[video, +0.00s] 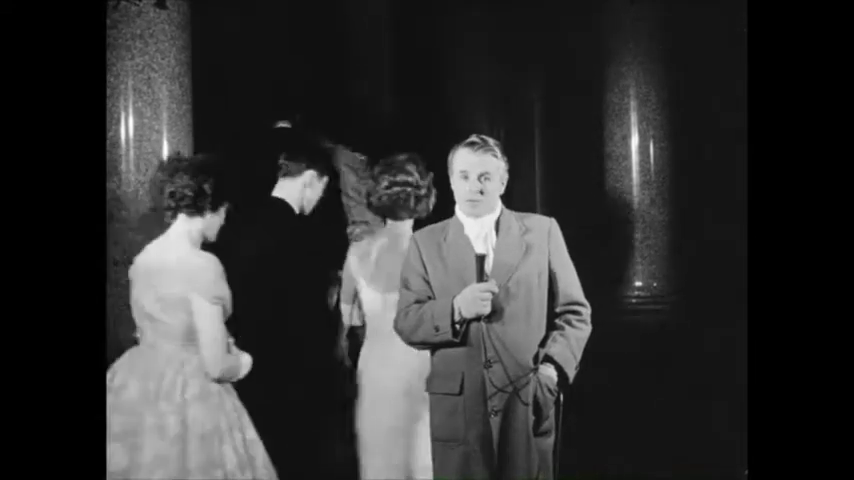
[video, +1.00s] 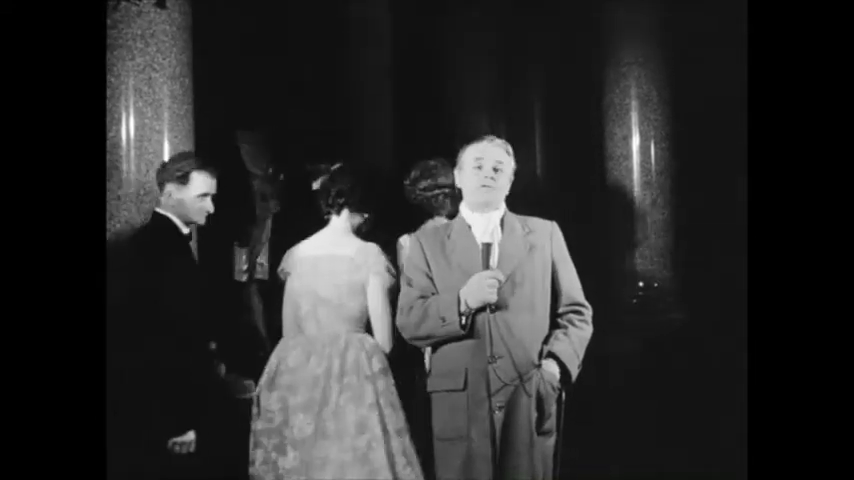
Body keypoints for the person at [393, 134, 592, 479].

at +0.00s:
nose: (474, 187)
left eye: (484, 177)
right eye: (464, 177)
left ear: (503, 182)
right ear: (451, 182)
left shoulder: (542, 232)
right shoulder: (424, 242)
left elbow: (574, 311)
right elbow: (408, 320)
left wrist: (552, 367)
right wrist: (455, 309)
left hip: (526, 399)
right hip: (456, 400)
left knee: (527, 475)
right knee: (458, 475)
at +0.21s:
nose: (474, 187)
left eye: (485, 177)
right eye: (464, 177)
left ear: (503, 182)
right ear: (451, 182)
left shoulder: (542, 232)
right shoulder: (424, 244)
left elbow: (574, 311)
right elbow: (407, 321)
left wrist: (553, 366)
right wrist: (455, 309)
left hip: (526, 400)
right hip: (456, 401)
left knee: (528, 475)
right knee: (457, 474)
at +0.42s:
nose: (478, 184)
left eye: (488, 175)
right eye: (468, 174)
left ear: (506, 182)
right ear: (452, 180)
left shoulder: (542, 233)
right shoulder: (424, 244)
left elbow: (574, 312)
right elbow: (408, 322)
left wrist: (554, 366)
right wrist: (455, 306)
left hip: (526, 399)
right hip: (456, 401)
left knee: (528, 475)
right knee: (457, 475)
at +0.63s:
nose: (480, 174)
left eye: (491, 168)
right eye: (471, 165)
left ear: (508, 181)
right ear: (454, 175)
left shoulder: (542, 233)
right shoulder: (423, 242)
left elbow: (574, 311)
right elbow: (408, 321)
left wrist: (552, 363)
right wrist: (456, 299)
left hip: (527, 396)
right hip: (456, 397)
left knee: (527, 474)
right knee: (457, 474)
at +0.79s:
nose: (481, 174)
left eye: (493, 169)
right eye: (473, 165)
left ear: (509, 183)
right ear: (455, 176)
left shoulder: (543, 234)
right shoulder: (423, 244)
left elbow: (574, 311)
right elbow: (407, 320)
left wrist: (554, 363)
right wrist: (460, 301)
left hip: (527, 396)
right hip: (457, 397)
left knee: (528, 474)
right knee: (460, 474)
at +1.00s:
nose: (488, 173)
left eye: (499, 166)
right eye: (477, 165)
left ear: (512, 181)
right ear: (457, 176)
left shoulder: (544, 234)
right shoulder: (424, 242)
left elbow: (575, 312)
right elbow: (409, 320)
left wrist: (555, 364)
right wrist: (462, 301)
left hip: (528, 396)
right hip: (458, 397)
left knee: (529, 474)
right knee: (459, 474)